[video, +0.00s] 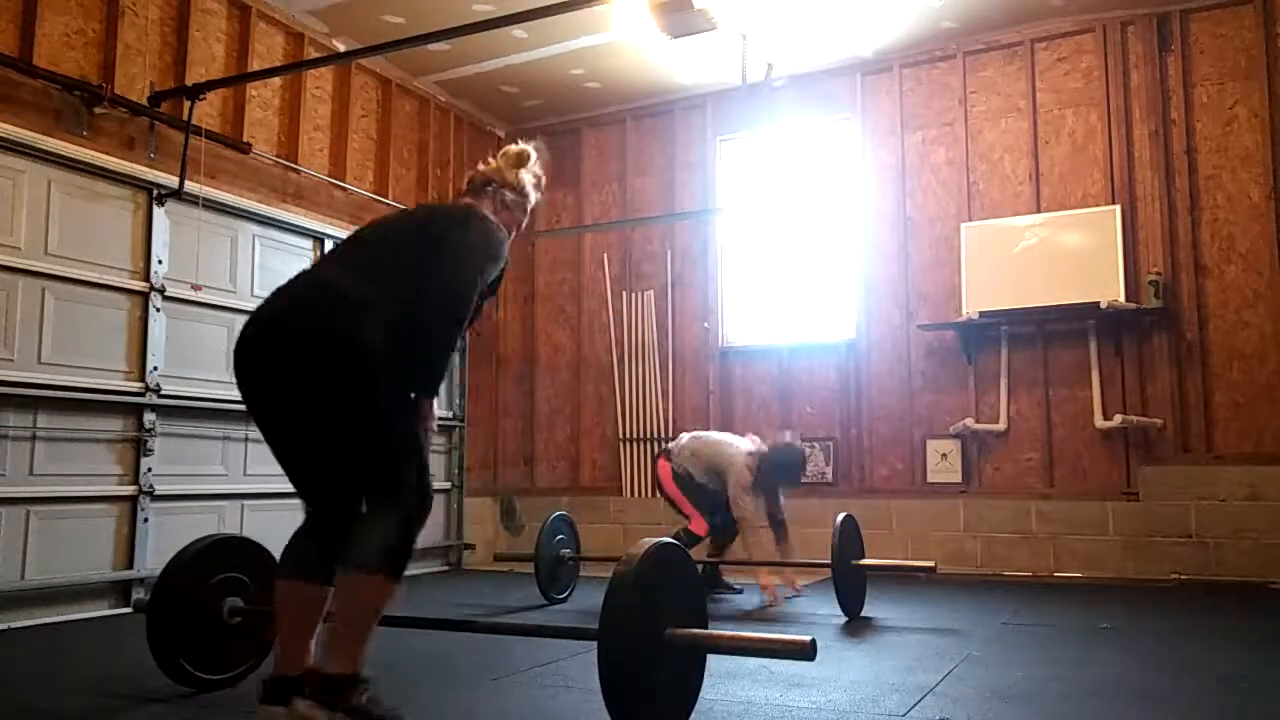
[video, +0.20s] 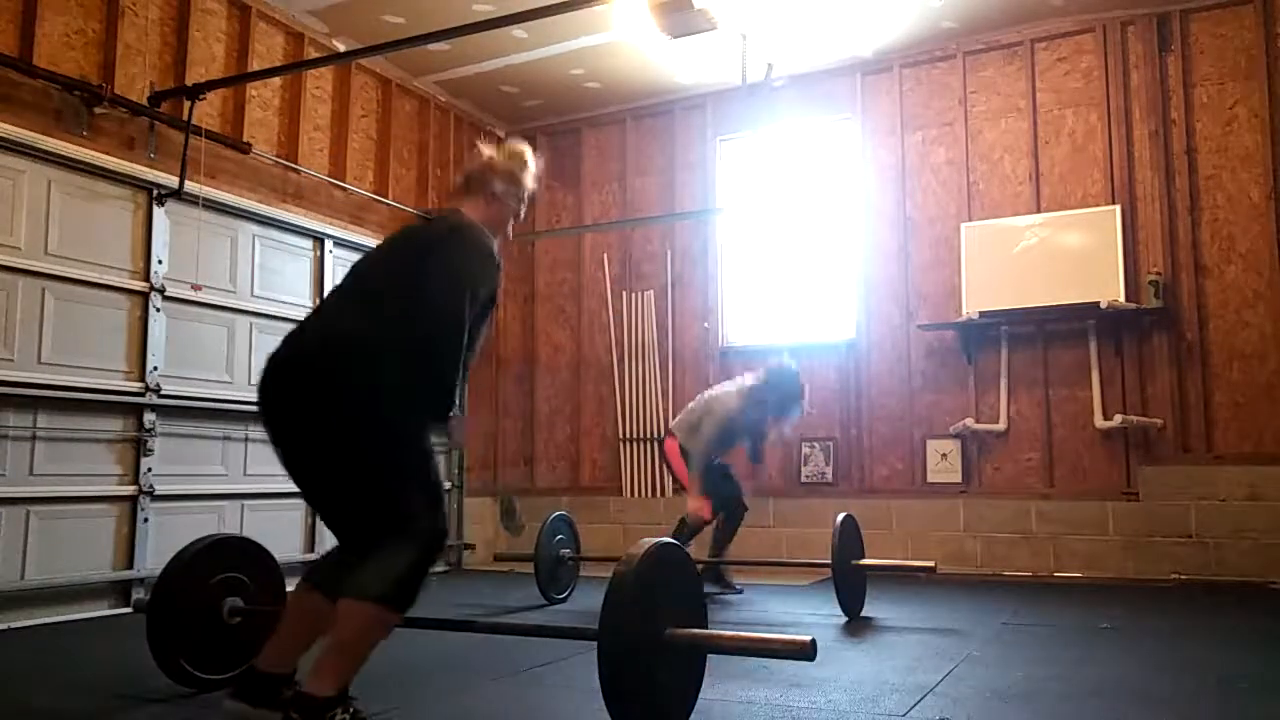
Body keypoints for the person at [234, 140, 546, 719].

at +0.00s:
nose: (511, 229)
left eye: (516, 220)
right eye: (514, 218)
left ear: (466, 194)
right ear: (505, 206)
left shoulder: (410, 221)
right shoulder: (486, 234)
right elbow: (440, 314)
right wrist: (425, 400)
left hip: (269, 345)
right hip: (347, 358)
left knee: (330, 505)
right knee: (401, 499)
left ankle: (286, 678)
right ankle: (336, 680)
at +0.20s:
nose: (516, 222)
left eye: (519, 210)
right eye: (518, 210)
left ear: (463, 191)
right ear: (506, 203)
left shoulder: (422, 231)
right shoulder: (473, 250)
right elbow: (438, 335)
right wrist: (440, 414)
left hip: (295, 385)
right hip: (358, 397)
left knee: (369, 537)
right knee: (416, 533)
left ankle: (267, 674)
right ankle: (321, 697)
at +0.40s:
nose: (536, 134)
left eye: (541, 124)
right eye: (537, 120)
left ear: (490, 96)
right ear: (512, 103)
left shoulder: (445, 136)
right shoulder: (483, 148)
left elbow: (432, 236)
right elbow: (453, 239)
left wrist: (490, 272)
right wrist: (464, 316)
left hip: (357, 302)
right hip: (401, 312)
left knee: (389, 451)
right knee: (422, 447)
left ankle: (312, 593)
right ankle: (338, 584)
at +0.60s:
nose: (577, 169)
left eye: (586, 157)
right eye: (582, 151)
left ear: (549, 128)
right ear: (556, 131)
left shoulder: (505, 180)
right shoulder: (500, 181)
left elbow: (479, 274)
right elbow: (470, 274)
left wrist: (509, 333)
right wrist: (493, 342)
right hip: (396, 316)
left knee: (483, 413)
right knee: (483, 416)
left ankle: (376, 499)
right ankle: (374, 500)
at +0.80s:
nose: (607, 297)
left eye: (615, 288)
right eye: (607, 282)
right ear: (583, 261)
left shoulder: (553, 315)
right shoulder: (536, 309)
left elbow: (536, 396)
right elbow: (501, 399)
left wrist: (550, 458)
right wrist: (529, 465)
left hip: (474, 418)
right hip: (446, 420)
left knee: (499, 524)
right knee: (498, 526)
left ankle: (458, 643)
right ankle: (449, 651)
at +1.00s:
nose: (637, 434)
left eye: (645, 426)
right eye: (640, 420)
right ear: (620, 392)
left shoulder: (586, 414)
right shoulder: (566, 410)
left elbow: (603, 499)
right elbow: (550, 526)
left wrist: (629, 570)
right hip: (411, 404)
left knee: (493, 513)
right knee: (487, 514)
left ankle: (459, 642)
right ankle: (452, 649)